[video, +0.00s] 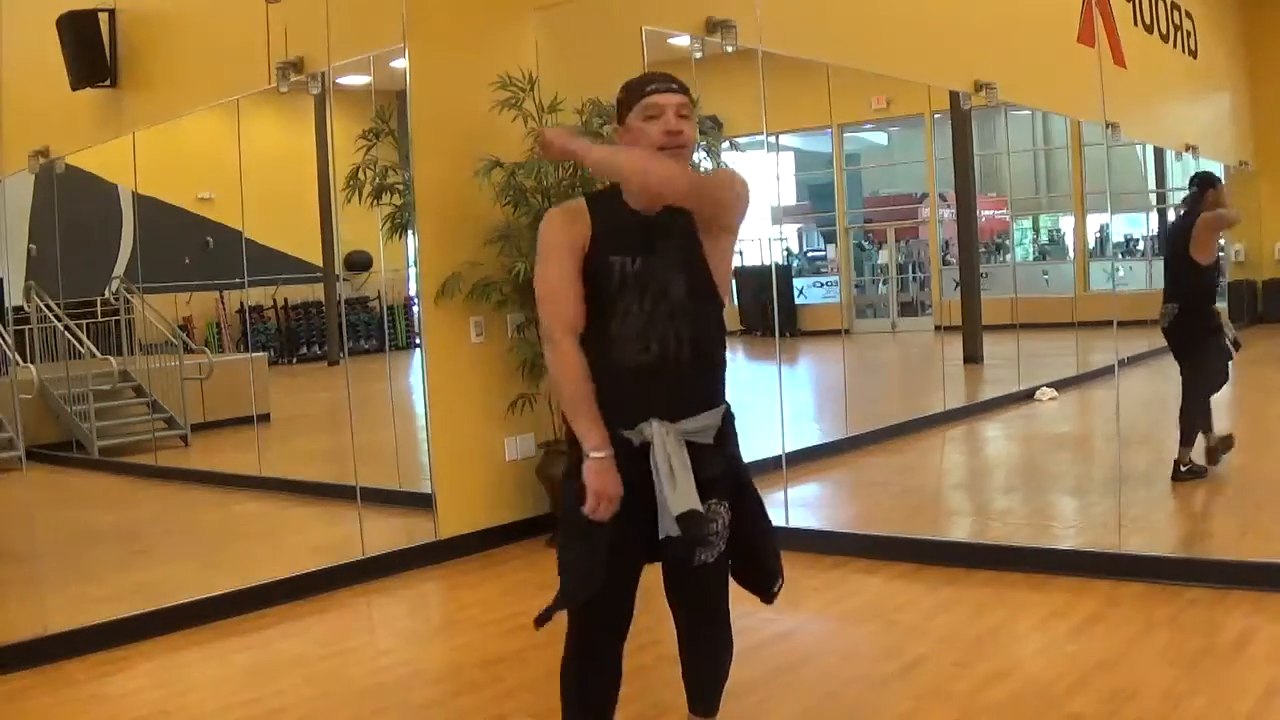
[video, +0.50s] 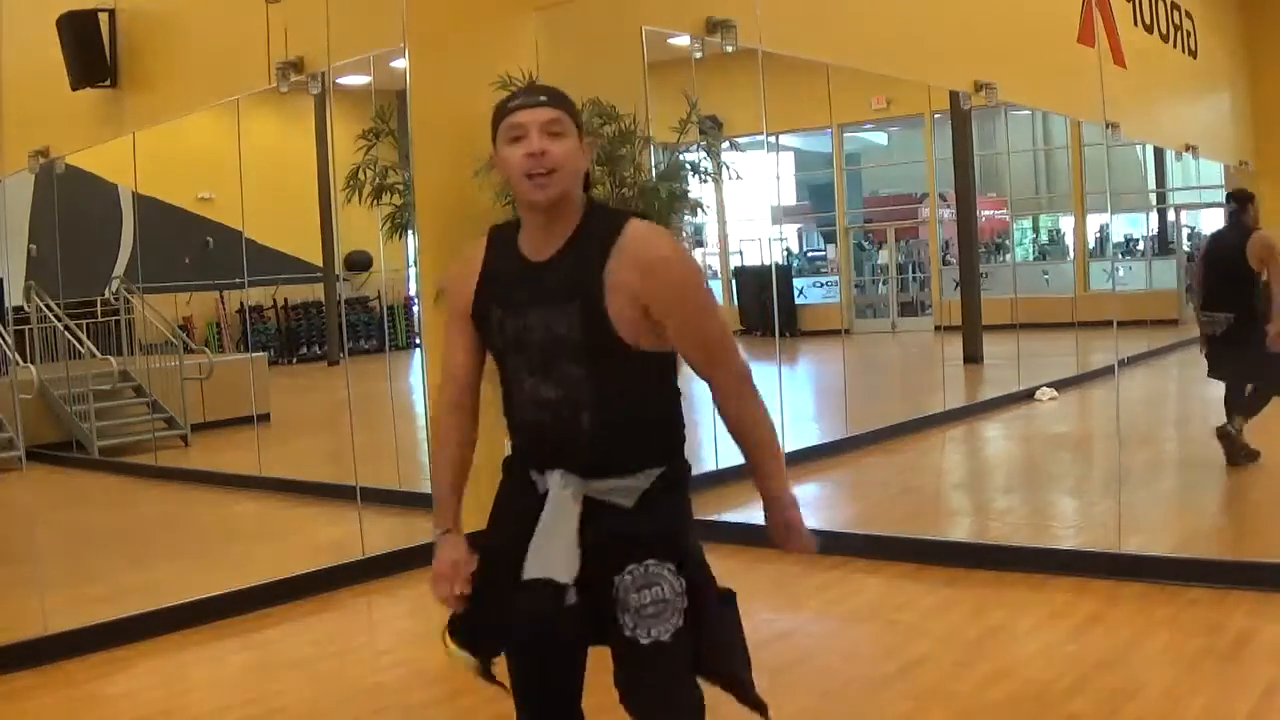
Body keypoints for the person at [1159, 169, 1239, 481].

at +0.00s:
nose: (1221, 198)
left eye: (1220, 192)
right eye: (1219, 192)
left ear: (1196, 194)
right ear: (1209, 193)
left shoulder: (1179, 224)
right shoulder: (1206, 221)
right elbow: (1233, 216)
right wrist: (1218, 201)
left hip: (1175, 316)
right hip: (1196, 317)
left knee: (1201, 380)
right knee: (1195, 386)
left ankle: (1211, 442)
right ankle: (1183, 461)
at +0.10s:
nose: (1228, 199)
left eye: (1226, 193)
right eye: (1226, 194)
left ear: (1200, 196)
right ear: (1216, 195)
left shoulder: (1185, 224)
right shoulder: (1218, 220)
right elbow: (1236, 224)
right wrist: (1222, 211)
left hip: (1181, 316)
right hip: (1205, 318)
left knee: (1211, 382)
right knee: (1202, 387)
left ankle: (1229, 440)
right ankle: (1183, 461)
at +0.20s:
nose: (1233, 201)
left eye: (1230, 196)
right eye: (1230, 196)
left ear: (1205, 199)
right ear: (1223, 197)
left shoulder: (1189, 231)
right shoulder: (1230, 227)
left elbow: (1203, 277)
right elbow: (1255, 250)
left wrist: (1233, 309)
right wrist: (1232, 222)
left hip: (1190, 317)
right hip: (1214, 318)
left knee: (1219, 382)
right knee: (1210, 385)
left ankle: (1236, 444)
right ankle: (1184, 458)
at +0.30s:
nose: (1239, 203)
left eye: (1236, 197)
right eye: (1236, 198)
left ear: (1210, 202)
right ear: (1230, 199)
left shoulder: (1195, 233)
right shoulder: (1242, 231)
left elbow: (1196, 275)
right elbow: (1265, 272)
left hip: (1199, 318)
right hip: (1226, 319)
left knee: (1225, 381)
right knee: (1233, 381)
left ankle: (1237, 445)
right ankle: (1191, 447)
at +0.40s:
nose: (1247, 207)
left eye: (1243, 202)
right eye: (1245, 202)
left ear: (1219, 206)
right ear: (1239, 204)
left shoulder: (1204, 236)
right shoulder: (1252, 237)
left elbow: (1197, 280)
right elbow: (1269, 276)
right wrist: (1270, 311)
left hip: (1208, 321)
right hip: (1236, 322)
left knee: (1230, 380)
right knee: (1262, 377)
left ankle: (1238, 445)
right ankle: (1208, 430)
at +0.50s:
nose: (1257, 214)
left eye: (1255, 208)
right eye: (1256, 209)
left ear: (1230, 210)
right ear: (1249, 208)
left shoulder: (1212, 241)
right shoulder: (1262, 242)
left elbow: (1202, 289)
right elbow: (1274, 288)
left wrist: (1203, 332)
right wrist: (1274, 323)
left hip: (1217, 324)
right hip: (1248, 324)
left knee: (1234, 380)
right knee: (1271, 379)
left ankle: (1236, 446)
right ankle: (1235, 424)